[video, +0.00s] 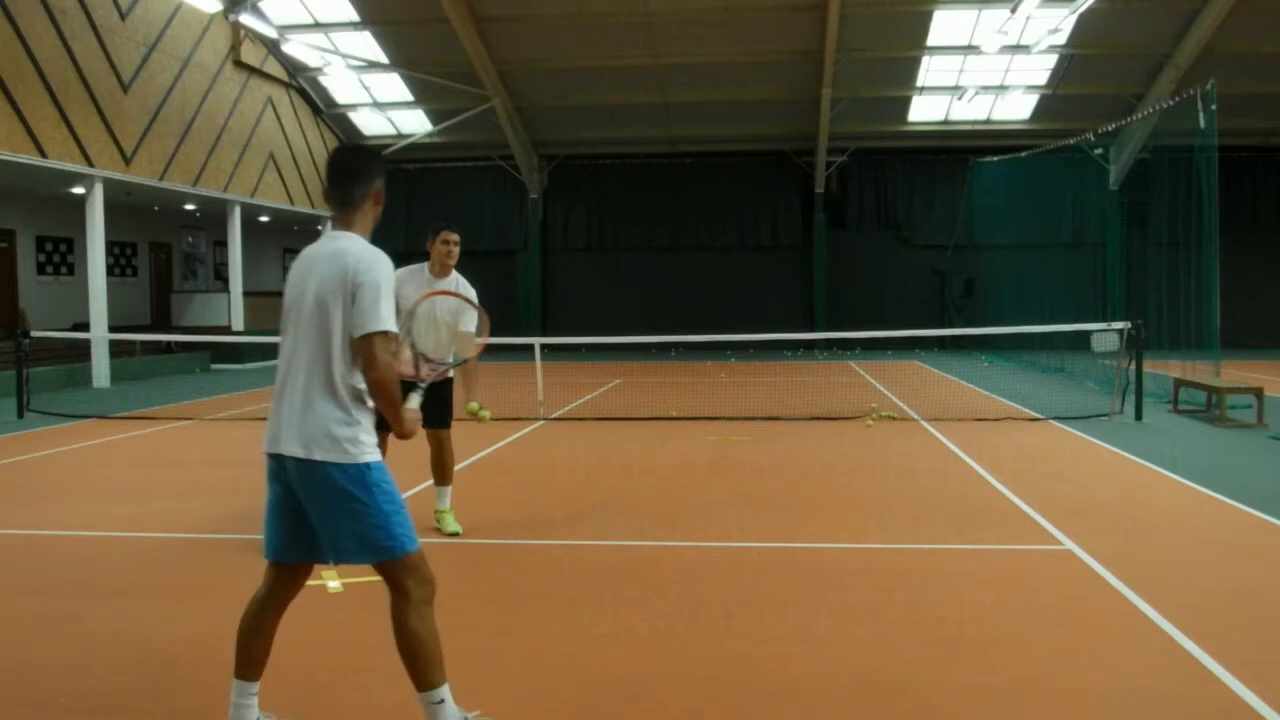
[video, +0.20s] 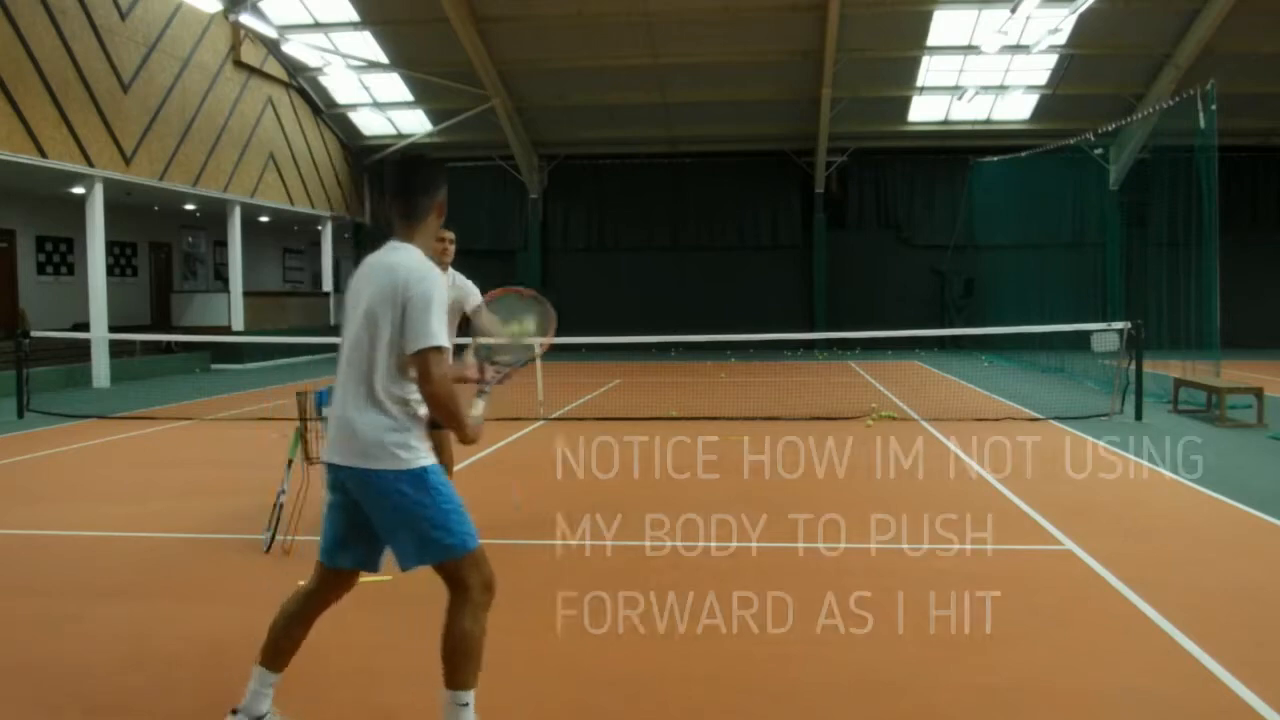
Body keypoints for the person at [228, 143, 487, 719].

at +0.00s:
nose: (384, 202)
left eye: (378, 192)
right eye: (384, 193)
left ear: (329, 194)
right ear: (377, 195)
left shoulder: (307, 258)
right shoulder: (367, 261)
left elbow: (324, 354)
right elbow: (377, 366)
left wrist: (401, 366)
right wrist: (397, 419)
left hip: (289, 445)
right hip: (340, 450)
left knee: (281, 581)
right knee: (414, 582)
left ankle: (242, 709)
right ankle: (443, 711)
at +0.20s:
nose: (446, 213)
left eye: (445, 204)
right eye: (445, 203)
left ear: (391, 207)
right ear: (437, 205)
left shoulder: (371, 267)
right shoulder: (422, 275)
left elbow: (379, 369)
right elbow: (434, 380)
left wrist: (441, 395)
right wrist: (465, 427)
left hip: (350, 453)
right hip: (394, 456)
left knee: (329, 582)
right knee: (475, 584)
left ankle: (253, 704)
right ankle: (459, 712)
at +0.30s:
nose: (484, 215)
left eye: (481, 206)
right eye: (483, 207)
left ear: (431, 209)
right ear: (477, 209)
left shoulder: (399, 272)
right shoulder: (462, 277)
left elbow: (375, 340)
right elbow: (469, 378)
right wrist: (505, 428)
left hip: (384, 453)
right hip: (433, 458)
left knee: (401, 568)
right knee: (501, 586)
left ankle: (288, 680)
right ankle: (465, 712)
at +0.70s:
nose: (594, 236)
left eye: (590, 228)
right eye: (595, 228)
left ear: (547, 230)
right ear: (589, 232)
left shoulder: (532, 288)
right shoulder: (568, 296)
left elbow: (571, 379)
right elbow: (602, 393)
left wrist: (644, 361)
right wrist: (645, 415)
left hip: (524, 461)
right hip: (544, 471)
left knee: (607, 534)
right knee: (555, 608)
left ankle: (607, 658)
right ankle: (480, 713)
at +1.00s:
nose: (657, 217)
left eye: (656, 210)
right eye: (657, 209)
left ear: (625, 209)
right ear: (649, 210)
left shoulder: (644, 264)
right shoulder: (602, 257)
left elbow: (695, 319)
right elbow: (631, 298)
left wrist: (737, 280)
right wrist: (717, 295)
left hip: (608, 415)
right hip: (582, 416)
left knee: (643, 525)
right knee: (643, 526)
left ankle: (613, 640)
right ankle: (598, 654)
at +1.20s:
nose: (678, 258)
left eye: (680, 252)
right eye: (672, 249)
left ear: (685, 256)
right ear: (654, 246)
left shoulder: (672, 294)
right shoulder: (618, 280)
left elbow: (722, 320)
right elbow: (603, 301)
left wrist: (774, 303)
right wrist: (664, 265)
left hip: (620, 433)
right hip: (600, 435)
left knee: (638, 516)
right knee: (691, 526)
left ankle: (597, 605)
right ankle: (686, 652)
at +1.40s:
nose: (690, 284)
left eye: (689, 276)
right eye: (686, 277)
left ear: (664, 284)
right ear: (671, 282)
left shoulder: (679, 322)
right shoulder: (620, 319)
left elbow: (735, 362)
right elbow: (592, 364)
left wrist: (797, 387)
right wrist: (613, 358)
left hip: (626, 450)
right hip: (595, 451)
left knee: (646, 523)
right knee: (689, 523)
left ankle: (600, 604)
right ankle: (685, 651)